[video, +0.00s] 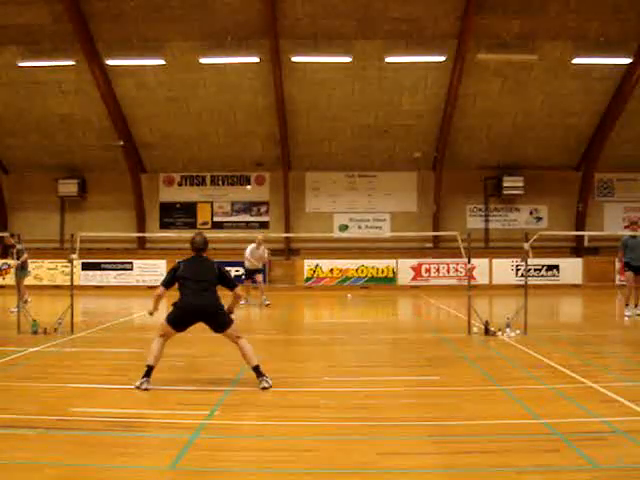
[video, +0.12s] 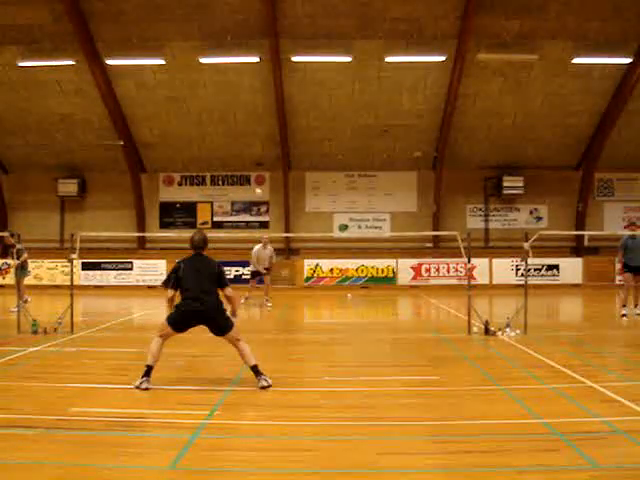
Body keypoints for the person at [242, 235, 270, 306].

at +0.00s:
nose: (260, 242)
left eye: (261, 240)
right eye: (258, 240)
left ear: (263, 242)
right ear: (256, 240)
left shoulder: (264, 250)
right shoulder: (251, 247)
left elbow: (265, 260)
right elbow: (247, 256)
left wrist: (265, 255)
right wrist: (254, 262)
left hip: (258, 267)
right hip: (249, 267)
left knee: (260, 282)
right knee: (247, 283)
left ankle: (263, 298)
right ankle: (245, 298)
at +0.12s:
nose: (265, 240)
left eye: (267, 239)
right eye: (264, 239)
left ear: (268, 240)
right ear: (261, 240)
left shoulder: (270, 249)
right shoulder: (256, 249)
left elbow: (273, 257)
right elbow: (254, 262)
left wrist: (272, 262)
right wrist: (261, 270)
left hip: (266, 267)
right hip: (256, 268)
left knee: (267, 284)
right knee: (252, 284)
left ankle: (266, 299)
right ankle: (246, 297)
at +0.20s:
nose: (267, 241)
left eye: (269, 239)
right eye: (266, 239)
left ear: (270, 240)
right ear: (264, 240)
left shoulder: (273, 247)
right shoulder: (259, 247)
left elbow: (277, 255)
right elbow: (254, 256)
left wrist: (278, 261)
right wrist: (257, 266)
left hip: (268, 267)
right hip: (259, 268)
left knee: (268, 284)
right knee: (255, 284)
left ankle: (267, 299)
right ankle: (252, 295)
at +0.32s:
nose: (272, 234)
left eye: (274, 232)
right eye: (271, 232)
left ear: (276, 233)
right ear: (268, 232)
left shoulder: (280, 241)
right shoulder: (264, 240)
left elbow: (285, 248)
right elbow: (256, 249)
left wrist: (285, 257)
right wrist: (257, 259)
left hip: (274, 262)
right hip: (264, 263)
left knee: (273, 281)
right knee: (262, 281)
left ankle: (271, 296)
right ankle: (260, 296)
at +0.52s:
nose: (282, 235)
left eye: (283, 232)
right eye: (280, 232)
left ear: (286, 234)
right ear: (278, 233)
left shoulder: (290, 242)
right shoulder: (272, 243)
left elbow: (296, 252)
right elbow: (268, 254)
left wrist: (297, 261)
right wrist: (267, 264)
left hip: (286, 263)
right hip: (275, 263)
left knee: (291, 281)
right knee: (274, 281)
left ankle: (294, 299)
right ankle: (269, 298)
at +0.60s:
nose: (286, 241)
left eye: (287, 239)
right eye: (284, 240)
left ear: (289, 240)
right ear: (282, 240)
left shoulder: (293, 247)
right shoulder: (279, 248)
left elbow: (302, 256)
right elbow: (273, 260)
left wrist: (304, 267)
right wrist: (273, 273)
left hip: (291, 269)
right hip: (281, 269)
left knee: (299, 283)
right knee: (278, 281)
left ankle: (300, 301)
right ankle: (275, 298)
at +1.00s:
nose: (274, 232)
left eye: (276, 229)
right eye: (272, 230)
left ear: (279, 230)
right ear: (270, 230)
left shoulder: (283, 239)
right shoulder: (267, 241)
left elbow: (293, 247)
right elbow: (264, 254)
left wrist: (298, 256)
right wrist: (266, 264)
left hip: (284, 263)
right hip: (275, 265)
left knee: (286, 284)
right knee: (284, 282)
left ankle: (280, 302)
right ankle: (293, 301)